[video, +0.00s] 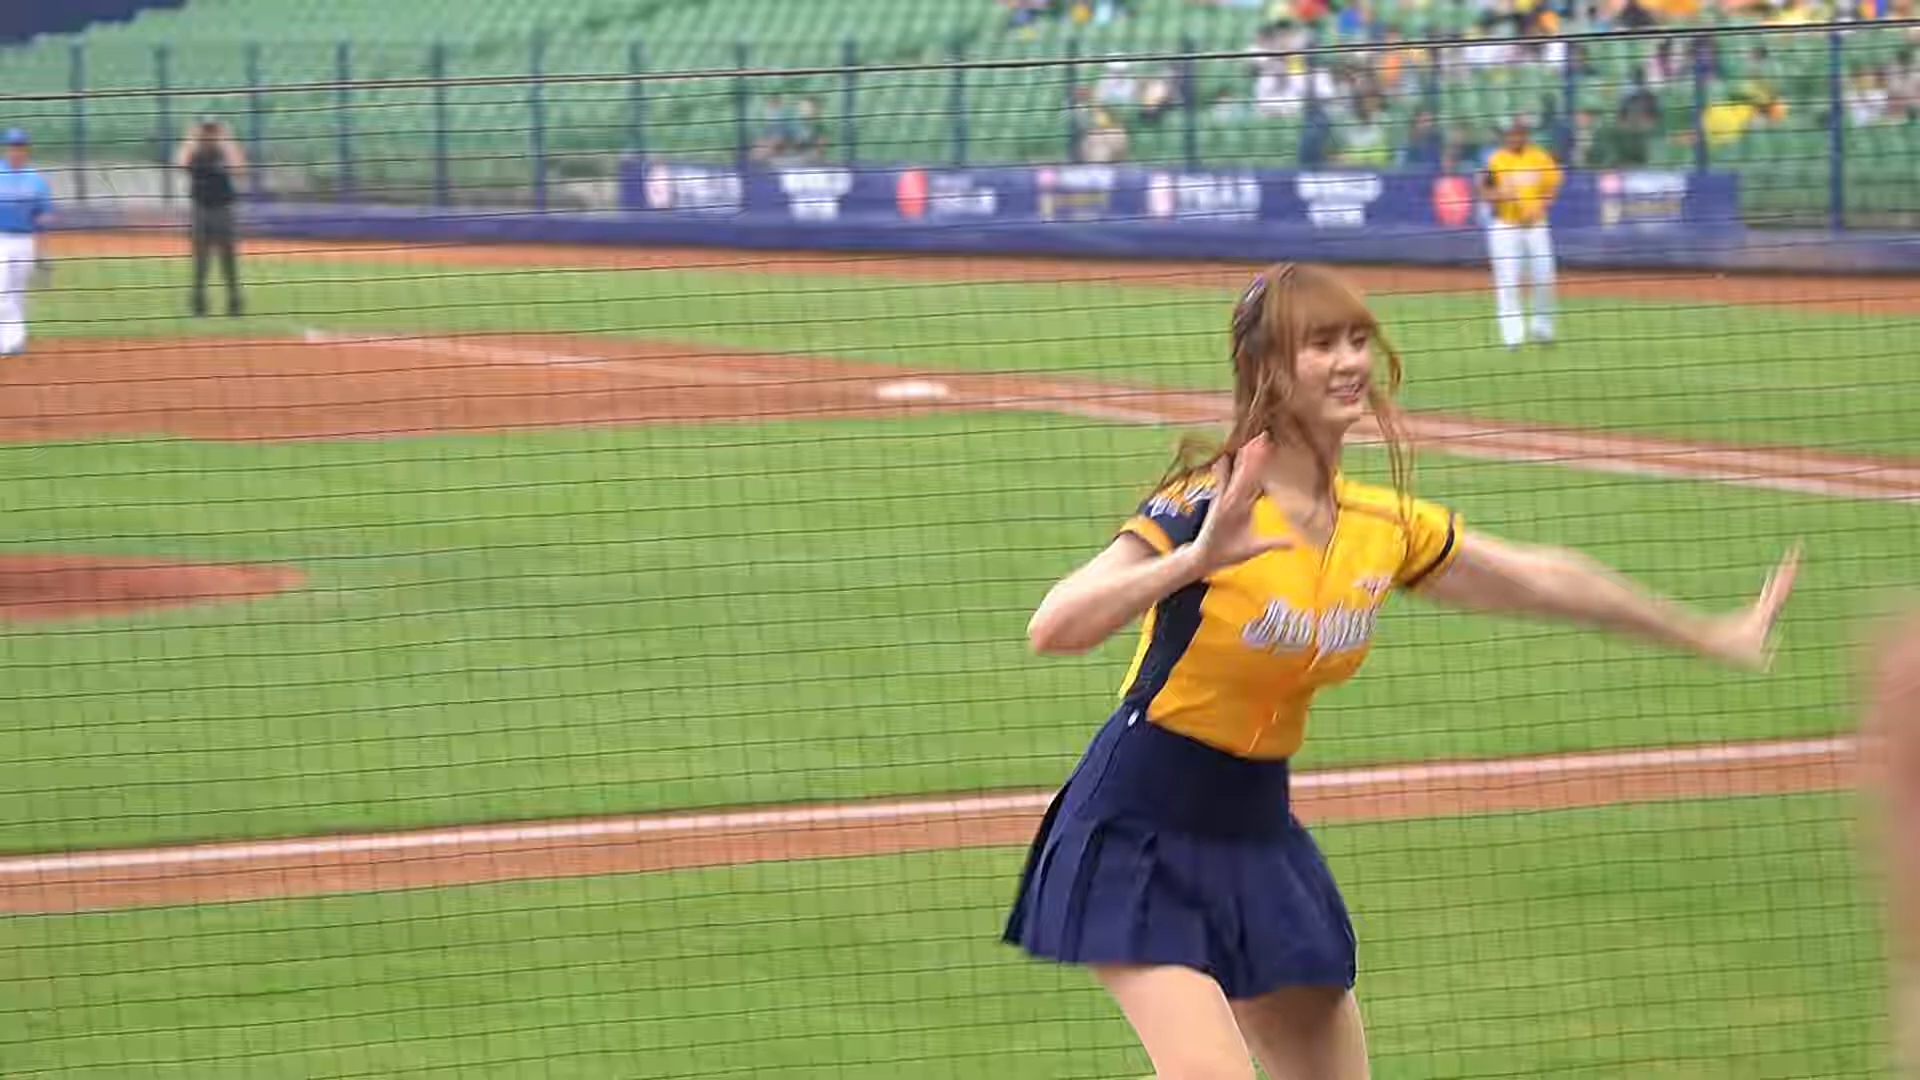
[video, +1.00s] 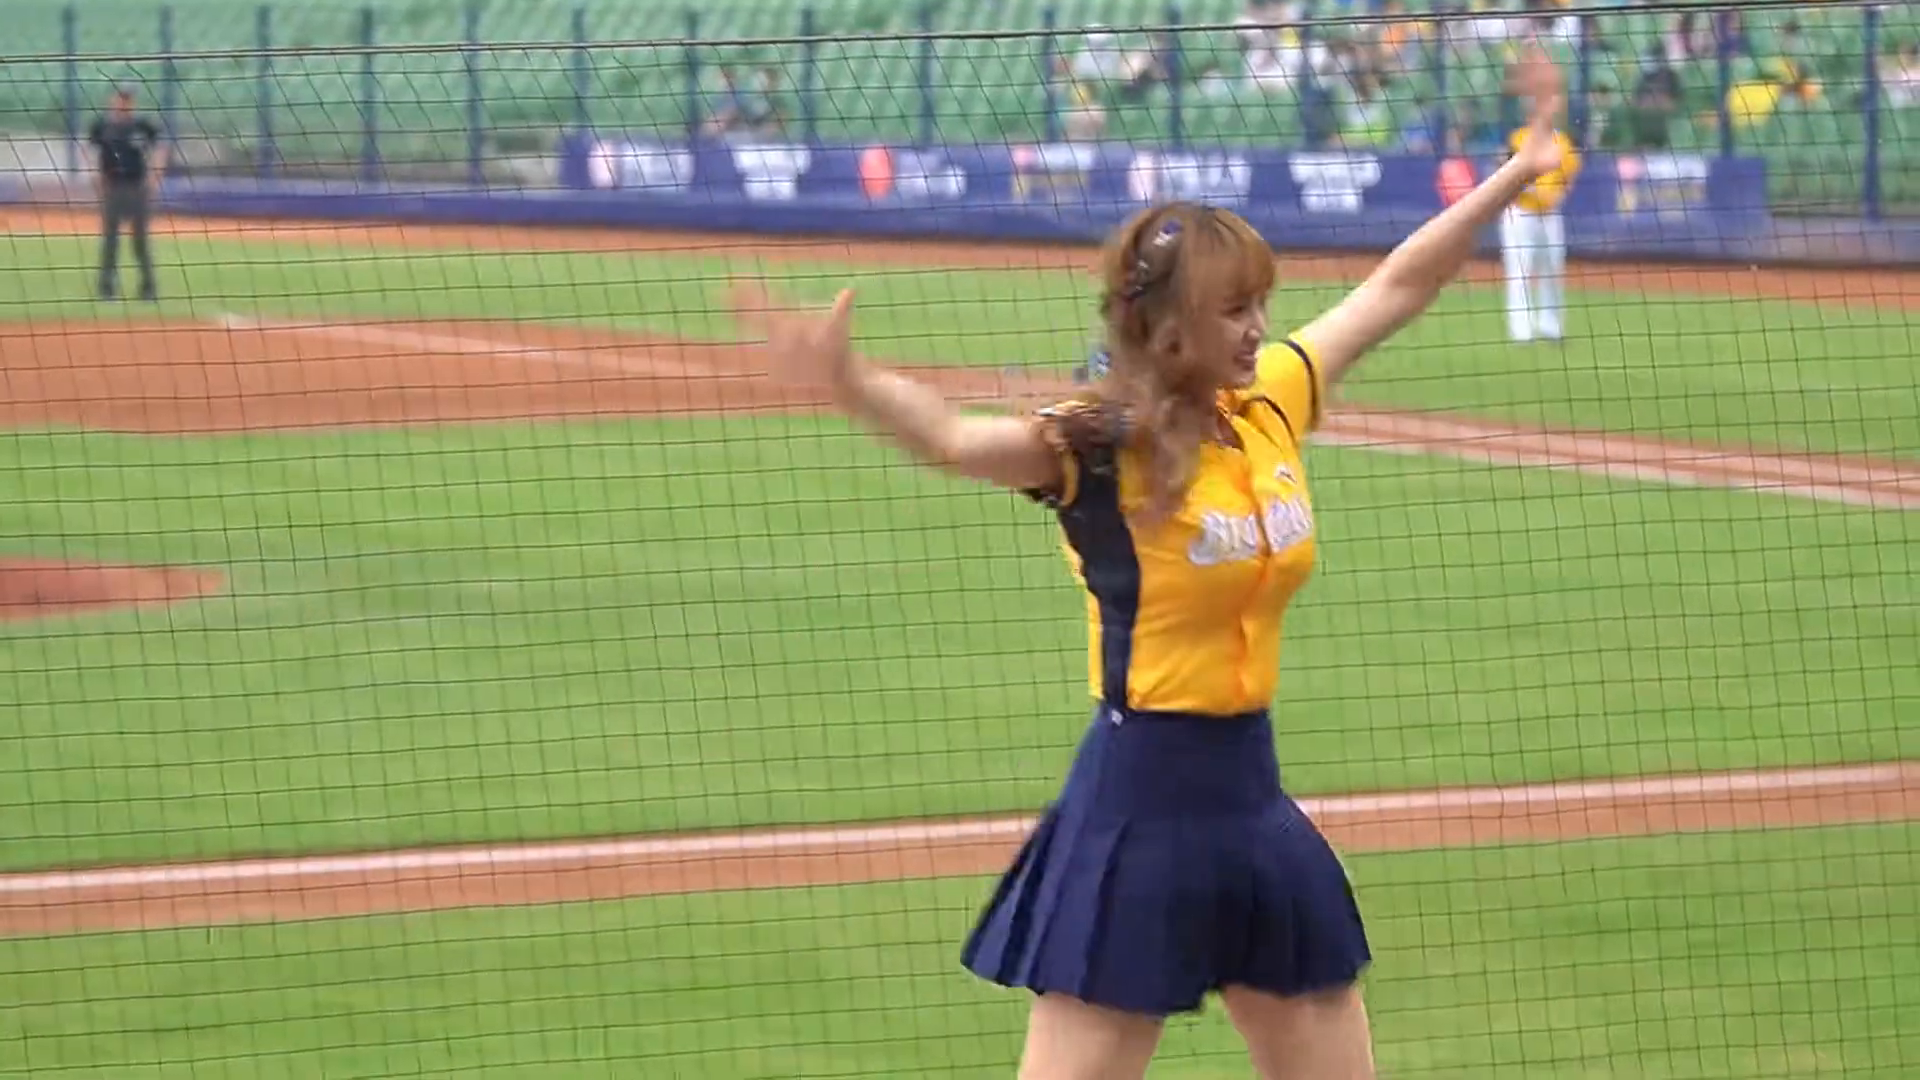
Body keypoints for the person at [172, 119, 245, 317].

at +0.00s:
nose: (208, 141)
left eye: (213, 137)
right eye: (204, 137)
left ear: (219, 138)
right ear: (199, 138)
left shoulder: (224, 153)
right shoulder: (195, 154)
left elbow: (237, 167)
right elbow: (182, 162)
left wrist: (226, 142)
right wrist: (191, 140)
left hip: (223, 212)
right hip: (201, 212)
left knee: (228, 261)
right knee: (200, 261)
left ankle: (233, 302)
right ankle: (199, 303)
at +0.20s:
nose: (203, 134)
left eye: (206, 130)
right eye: (199, 130)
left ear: (211, 131)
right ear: (194, 131)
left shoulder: (219, 148)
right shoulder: (190, 149)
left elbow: (231, 168)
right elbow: (182, 168)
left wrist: (218, 144)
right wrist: (192, 143)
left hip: (217, 207)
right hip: (195, 207)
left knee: (222, 256)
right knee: (194, 256)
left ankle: (227, 299)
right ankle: (191, 299)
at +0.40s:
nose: (197, 131)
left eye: (200, 126)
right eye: (193, 127)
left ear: (206, 126)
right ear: (186, 126)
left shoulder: (215, 146)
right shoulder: (180, 147)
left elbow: (228, 173)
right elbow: (171, 172)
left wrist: (211, 160)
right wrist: (187, 159)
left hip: (212, 204)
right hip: (188, 204)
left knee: (215, 253)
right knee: (185, 252)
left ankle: (220, 294)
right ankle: (182, 294)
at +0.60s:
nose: (182, 123)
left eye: (186, 118)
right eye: (178, 118)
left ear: (192, 118)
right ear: (170, 118)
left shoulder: (202, 140)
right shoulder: (163, 142)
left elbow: (216, 167)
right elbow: (156, 170)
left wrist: (206, 184)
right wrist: (166, 184)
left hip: (198, 196)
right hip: (173, 196)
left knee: (201, 249)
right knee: (169, 246)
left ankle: (204, 291)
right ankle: (165, 290)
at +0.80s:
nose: (154, 111)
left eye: (158, 107)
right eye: (150, 106)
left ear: (163, 108)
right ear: (143, 106)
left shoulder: (173, 131)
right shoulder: (133, 132)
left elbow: (187, 159)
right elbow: (125, 163)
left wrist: (181, 183)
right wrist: (133, 186)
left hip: (169, 190)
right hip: (143, 190)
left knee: (171, 243)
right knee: (139, 242)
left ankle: (176, 285)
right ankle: (135, 285)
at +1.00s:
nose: (123, 113)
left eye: (127, 108)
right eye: (119, 108)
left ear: (133, 108)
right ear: (112, 107)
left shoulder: (142, 127)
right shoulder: (103, 128)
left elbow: (160, 150)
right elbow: (90, 154)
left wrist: (155, 176)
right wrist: (98, 181)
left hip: (138, 188)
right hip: (112, 188)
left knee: (140, 240)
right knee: (110, 240)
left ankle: (148, 284)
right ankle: (106, 285)